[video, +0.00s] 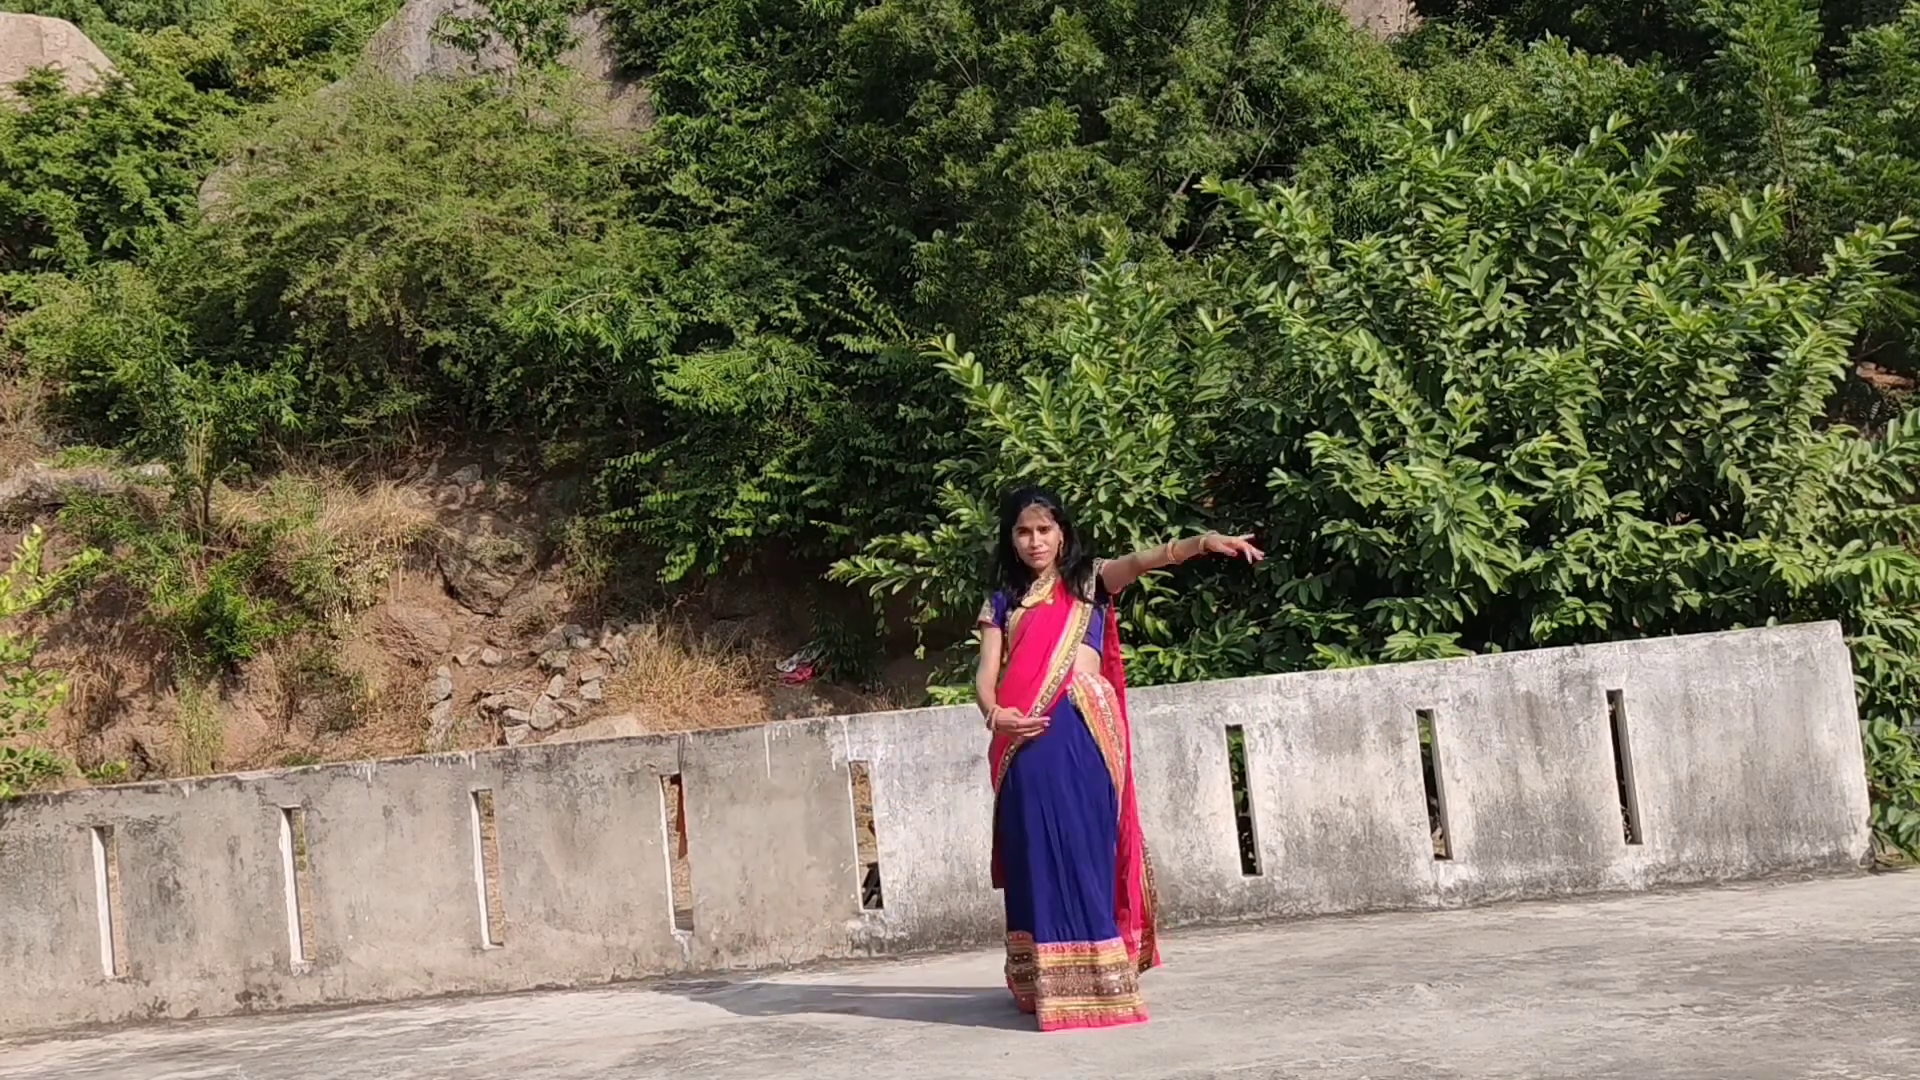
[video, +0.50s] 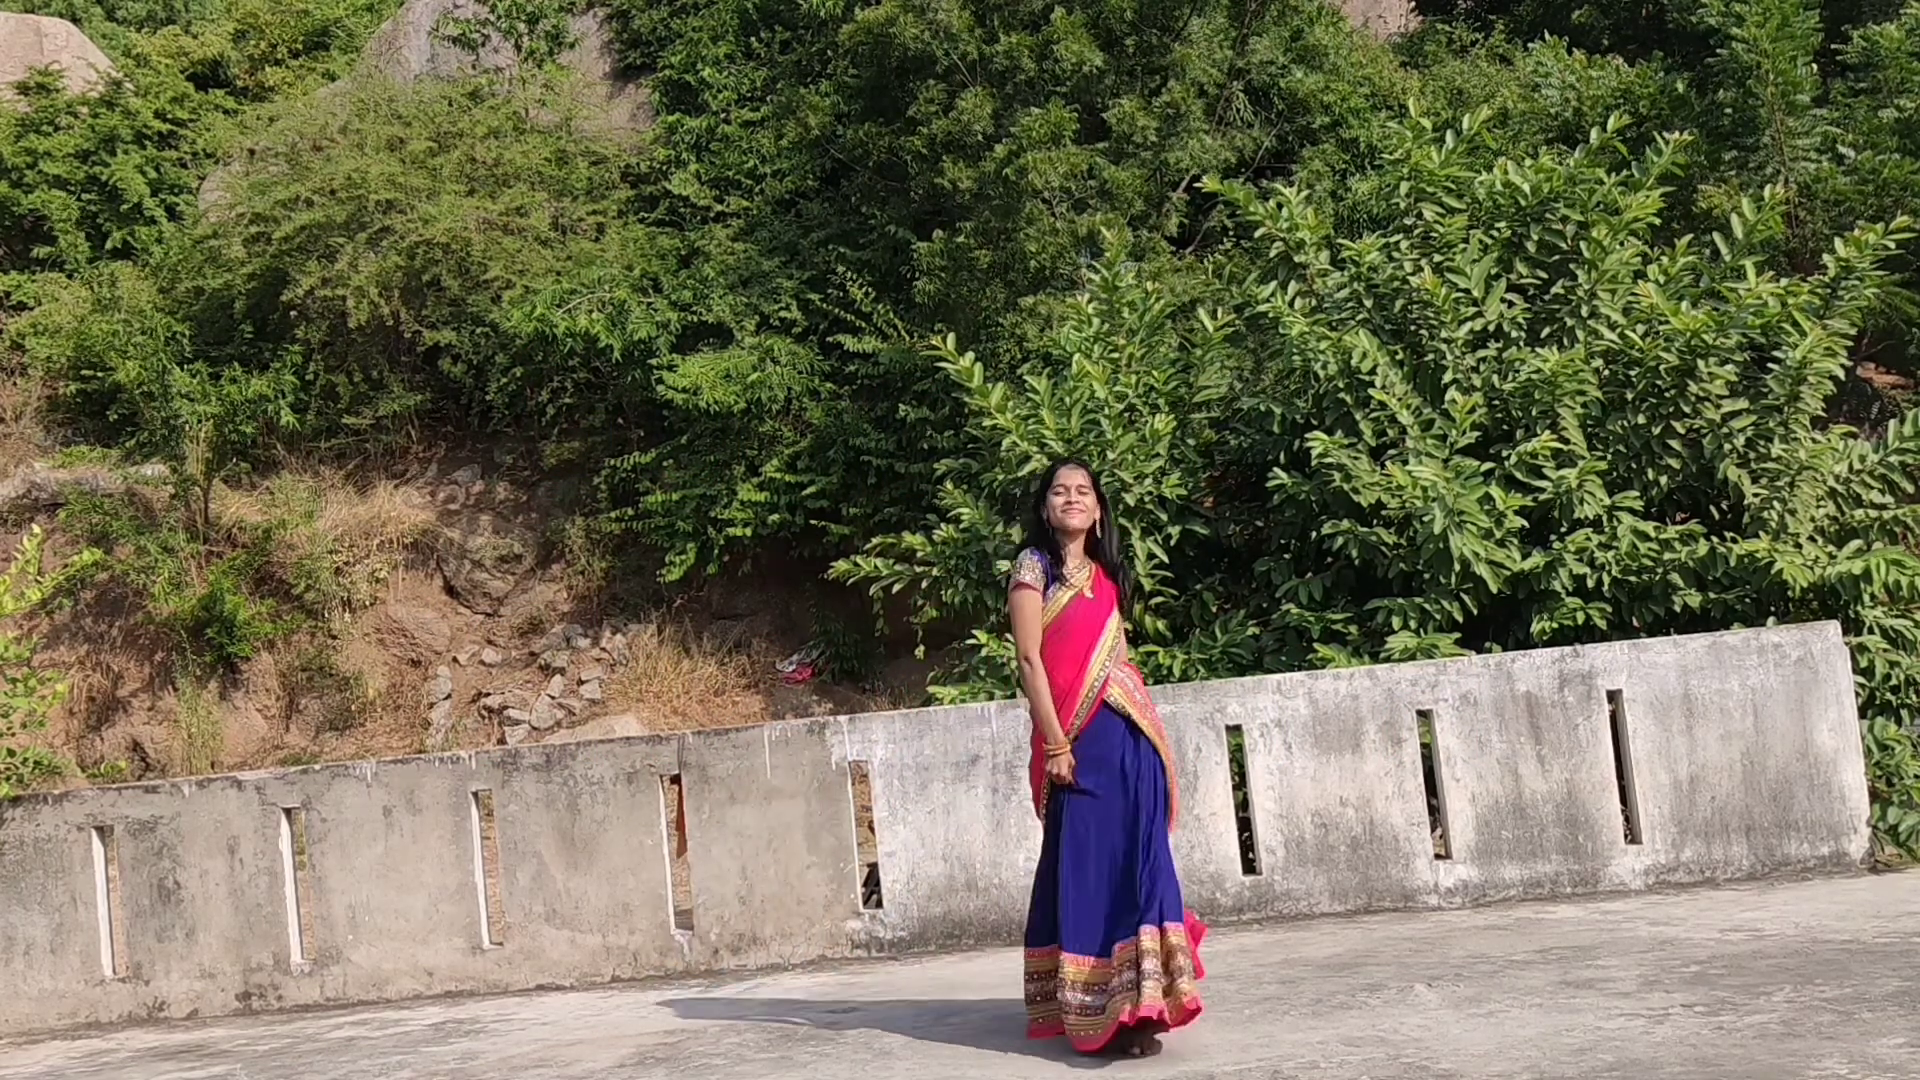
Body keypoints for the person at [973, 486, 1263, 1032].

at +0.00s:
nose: (1035, 540)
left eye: (1044, 529)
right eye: (1024, 531)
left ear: (1062, 534)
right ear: (1011, 540)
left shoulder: (1090, 579)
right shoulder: (1001, 604)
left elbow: (1145, 559)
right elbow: (986, 674)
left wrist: (1206, 542)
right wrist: (994, 714)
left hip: (1084, 734)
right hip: (1025, 740)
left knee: (1086, 855)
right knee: (1037, 860)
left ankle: (1100, 983)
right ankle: (1051, 988)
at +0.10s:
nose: (1038, 529)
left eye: (1049, 518)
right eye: (1028, 519)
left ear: (1066, 526)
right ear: (1015, 529)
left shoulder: (1093, 576)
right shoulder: (1003, 596)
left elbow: (1160, 596)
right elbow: (1006, 674)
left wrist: (1228, 617)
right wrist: (1026, 741)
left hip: (1097, 735)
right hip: (1035, 739)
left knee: (1105, 854)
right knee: (1040, 859)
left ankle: (1106, 982)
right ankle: (1053, 989)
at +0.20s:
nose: (1043, 515)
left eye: (1054, 506)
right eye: (1034, 505)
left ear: (1072, 516)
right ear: (1018, 513)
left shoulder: (1093, 575)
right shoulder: (1005, 585)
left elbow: (1151, 629)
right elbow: (1012, 669)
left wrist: (1210, 682)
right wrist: (1041, 745)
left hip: (1102, 726)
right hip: (1043, 732)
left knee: (1113, 850)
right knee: (1042, 857)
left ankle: (1122, 987)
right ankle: (1049, 994)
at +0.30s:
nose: (1052, 506)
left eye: (1063, 499)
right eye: (1043, 497)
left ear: (1078, 512)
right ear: (1025, 507)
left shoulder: (1095, 574)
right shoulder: (1013, 577)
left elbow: (1127, 651)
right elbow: (1019, 667)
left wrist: (1165, 720)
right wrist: (1046, 745)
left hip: (1113, 718)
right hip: (1059, 727)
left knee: (1116, 850)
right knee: (1066, 857)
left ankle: (1136, 999)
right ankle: (1073, 999)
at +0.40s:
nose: (1063, 505)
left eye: (1073, 497)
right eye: (1053, 496)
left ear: (1089, 511)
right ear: (1035, 509)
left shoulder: (1096, 576)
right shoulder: (1024, 574)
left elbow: (1118, 654)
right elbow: (1024, 665)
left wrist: (1144, 729)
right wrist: (1048, 746)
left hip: (1125, 725)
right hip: (1077, 732)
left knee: (1137, 855)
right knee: (1092, 860)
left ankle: (1138, 1002)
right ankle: (1101, 1008)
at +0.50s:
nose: (1072, 500)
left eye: (1082, 491)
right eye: (1061, 492)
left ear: (1099, 506)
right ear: (1044, 507)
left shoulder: (1103, 576)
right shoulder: (1034, 568)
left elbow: (1122, 662)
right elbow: (1029, 661)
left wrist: (1158, 745)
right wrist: (1055, 742)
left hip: (1134, 732)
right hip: (1083, 738)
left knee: (1141, 865)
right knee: (1091, 870)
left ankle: (1141, 1006)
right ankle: (1101, 1012)